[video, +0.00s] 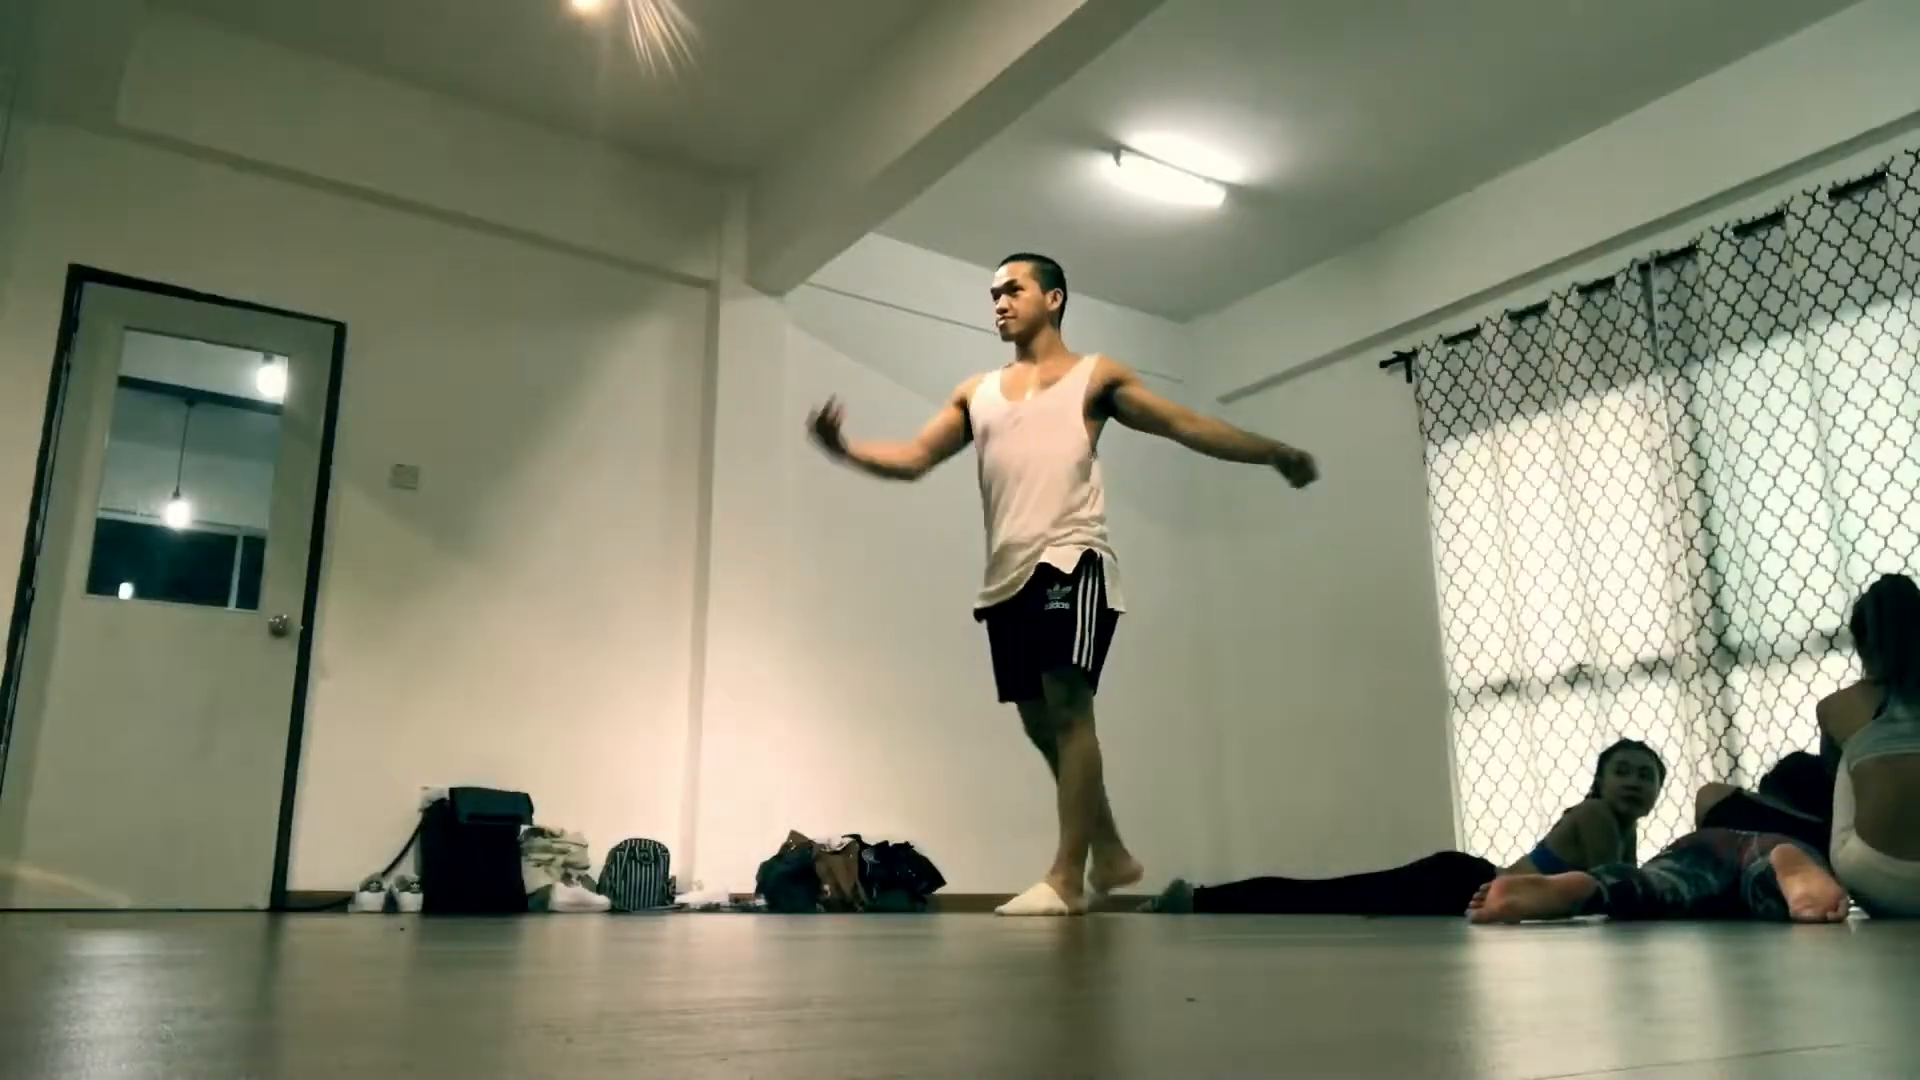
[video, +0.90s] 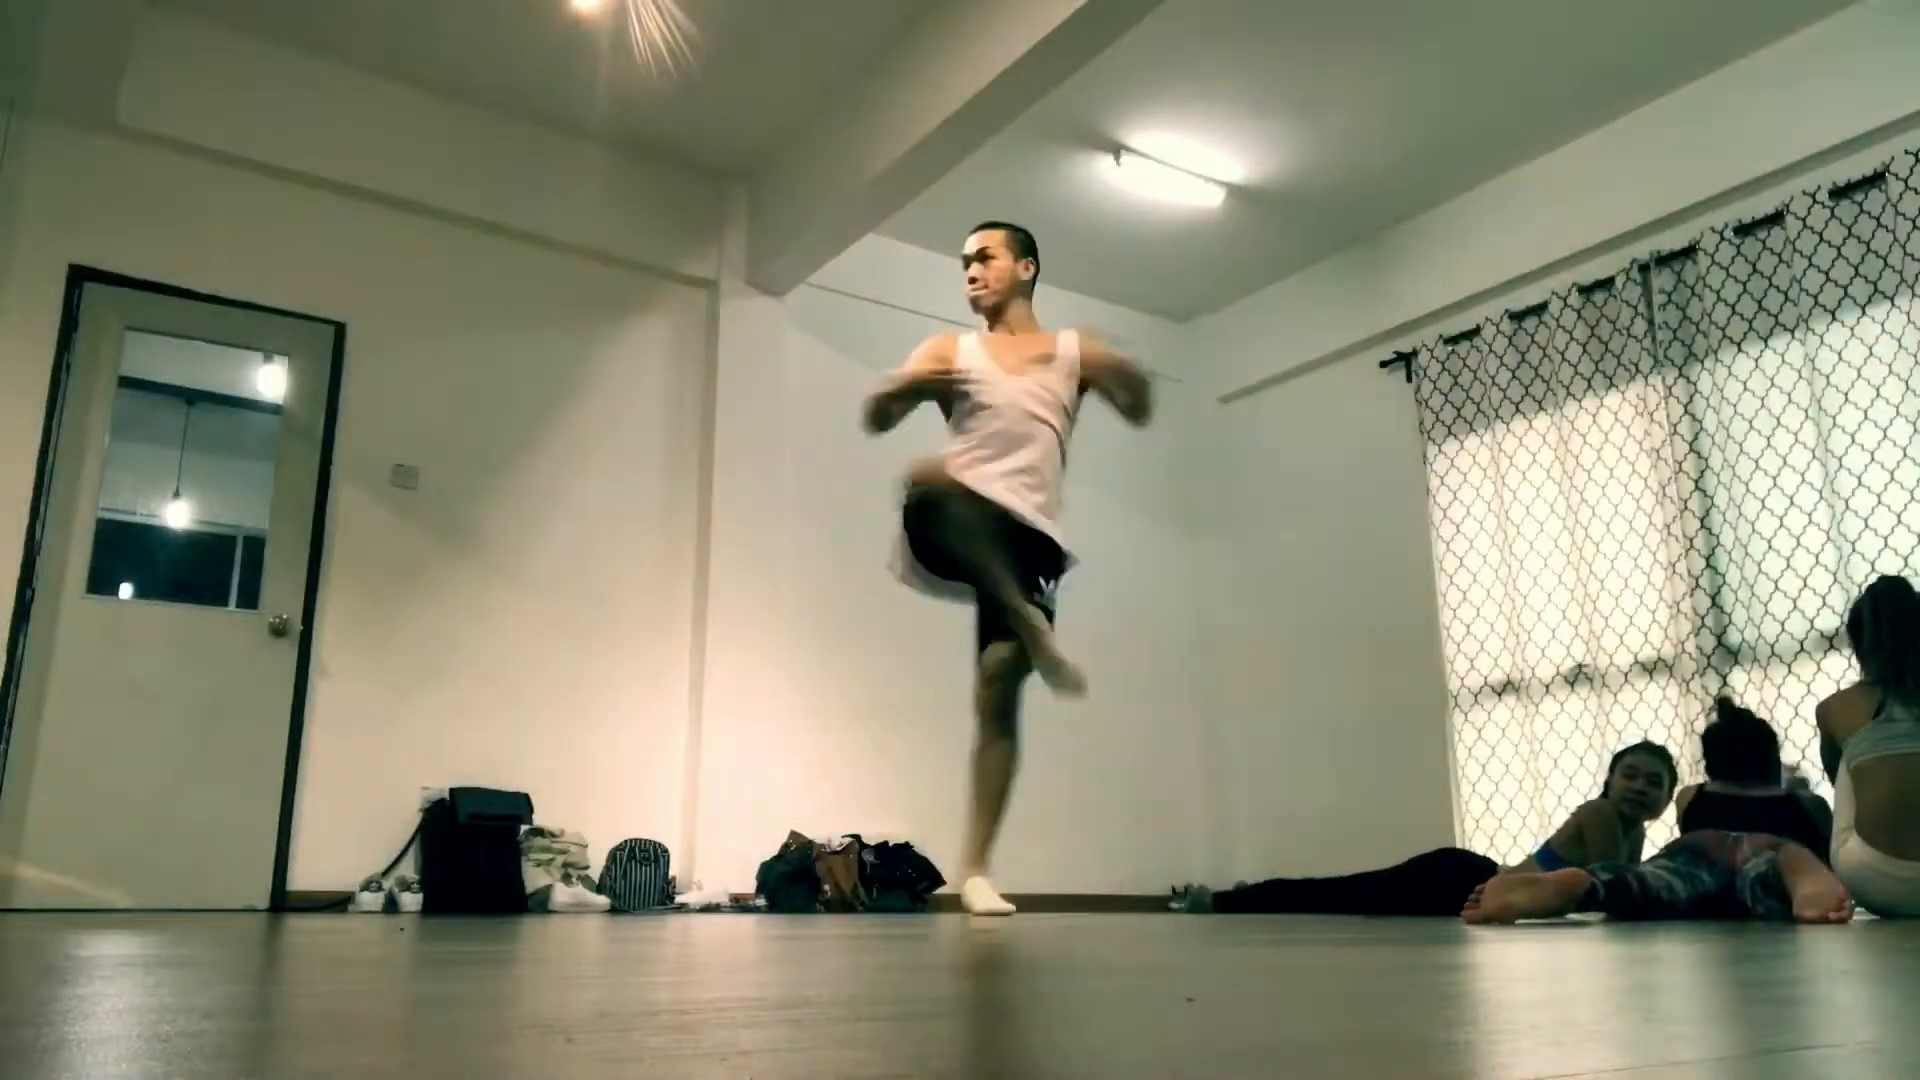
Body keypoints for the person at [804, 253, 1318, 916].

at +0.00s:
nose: (998, 301)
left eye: (1012, 290)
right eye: (995, 294)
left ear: (1054, 300)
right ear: (1001, 311)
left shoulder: (1095, 375)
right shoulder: (977, 392)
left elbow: (1189, 426)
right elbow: (913, 458)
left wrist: (1279, 454)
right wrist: (844, 448)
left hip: (1070, 558)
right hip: (1005, 576)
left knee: (1069, 710)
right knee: (1042, 727)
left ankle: (1066, 881)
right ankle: (1115, 859)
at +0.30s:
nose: (979, 363)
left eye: (993, 353)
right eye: (978, 355)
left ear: (1036, 363)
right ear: (991, 373)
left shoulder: (1083, 429)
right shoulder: (971, 444)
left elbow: (1190, 450)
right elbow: (898, 440)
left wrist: (1290, 457)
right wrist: (831, 410)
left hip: (1080, 603)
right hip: (1033, 614)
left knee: (999, 706)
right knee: (1030, 775)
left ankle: (1043, 879)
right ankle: (1128, 884)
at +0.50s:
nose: (960, 351)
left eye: (974, 340)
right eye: (962, 341)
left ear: (1013, 353)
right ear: (995, 356)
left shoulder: (1024, 411)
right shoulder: (997, 454)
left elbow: (1025, 421)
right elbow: (941, 515)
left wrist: (976, 416)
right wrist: (864, 527)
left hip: (1048, 602)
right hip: (1086, 611)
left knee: (952, 725)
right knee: (1042, 756)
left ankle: (1045, 874)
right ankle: (1129, 885)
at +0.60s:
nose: (953, 321)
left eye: (966, 310)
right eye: (958, 308)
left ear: (1001, 323)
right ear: (1014, 327)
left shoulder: (957, 389)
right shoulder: (1059, 396)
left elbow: (870, 454)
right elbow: (1112, 477)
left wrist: (791, 480)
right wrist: (1092, 530)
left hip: (1009, 579)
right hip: (1086, 578)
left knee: (973, 731)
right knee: (1080, 712)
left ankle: (1033, 866)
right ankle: (1105, 858)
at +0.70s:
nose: (1029, 310)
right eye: (1028, 300)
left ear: (965, 310)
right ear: (1027, 304)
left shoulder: (942, 385)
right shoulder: (1043, 362)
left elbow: (923, 474)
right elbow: (1128, 423)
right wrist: (1180, 471)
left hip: (963, 565)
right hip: (1040, 545)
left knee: (997, 710)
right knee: (1115, 620)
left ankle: (985, 874)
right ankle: (1071, 769)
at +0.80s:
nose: (1014, 272)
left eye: (1024, 264)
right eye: (997, 263)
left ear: (1037, 285)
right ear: (972, 285)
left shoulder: (1037, 376)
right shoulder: (975, 343)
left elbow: (1071, 457)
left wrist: (1149, 455)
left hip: (991, 532)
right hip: (973, 511)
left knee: (989, 695)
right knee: (1109, 529)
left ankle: (942, 862)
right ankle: (1056, 669)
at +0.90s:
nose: (970, 272)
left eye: (984, 258)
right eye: (966, 263)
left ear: (1026, 268)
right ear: (969, 280)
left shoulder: (1073, 348)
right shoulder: (951, 349)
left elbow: (1137, 413)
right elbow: (876, 420)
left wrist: (1125, 379)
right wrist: (911, 382)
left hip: (1029, 537)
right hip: (957, 522)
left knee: (997, 697)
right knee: (929, 480)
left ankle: (975, 871)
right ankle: (1037, 639)